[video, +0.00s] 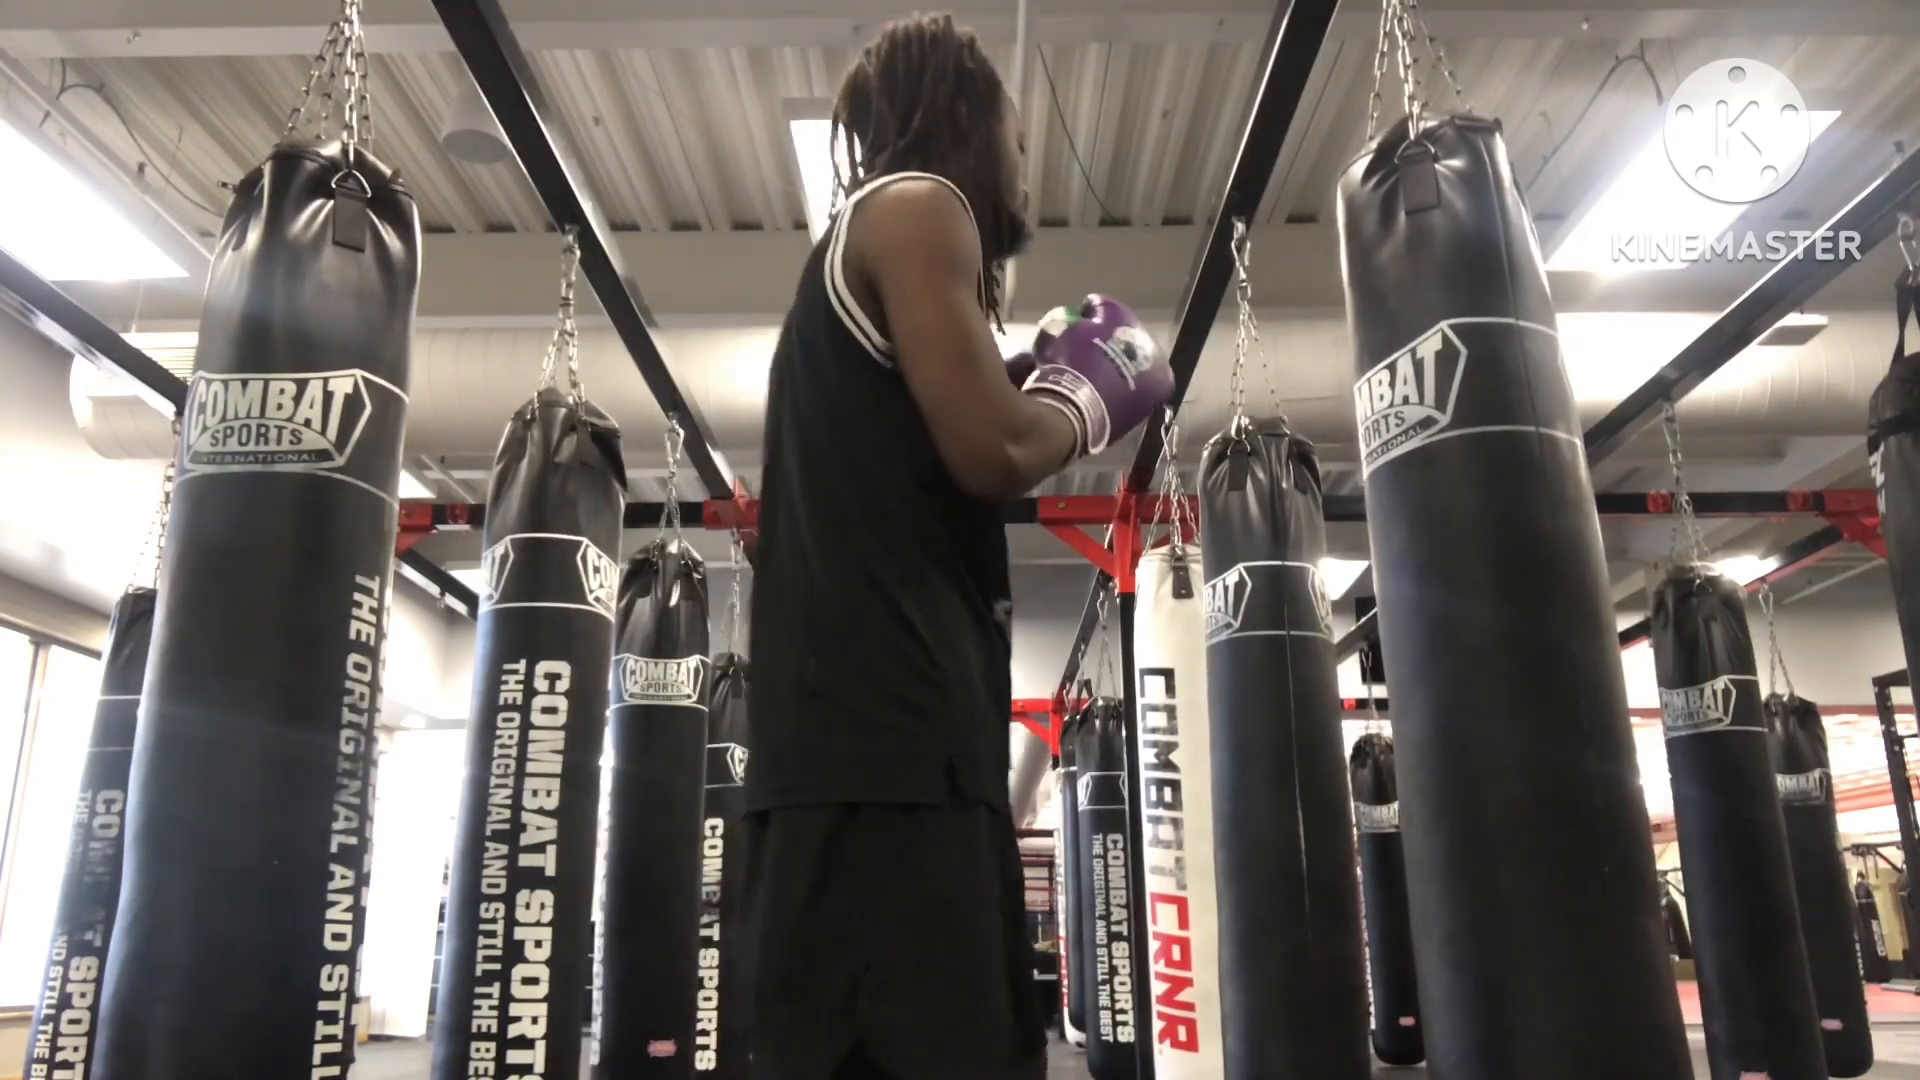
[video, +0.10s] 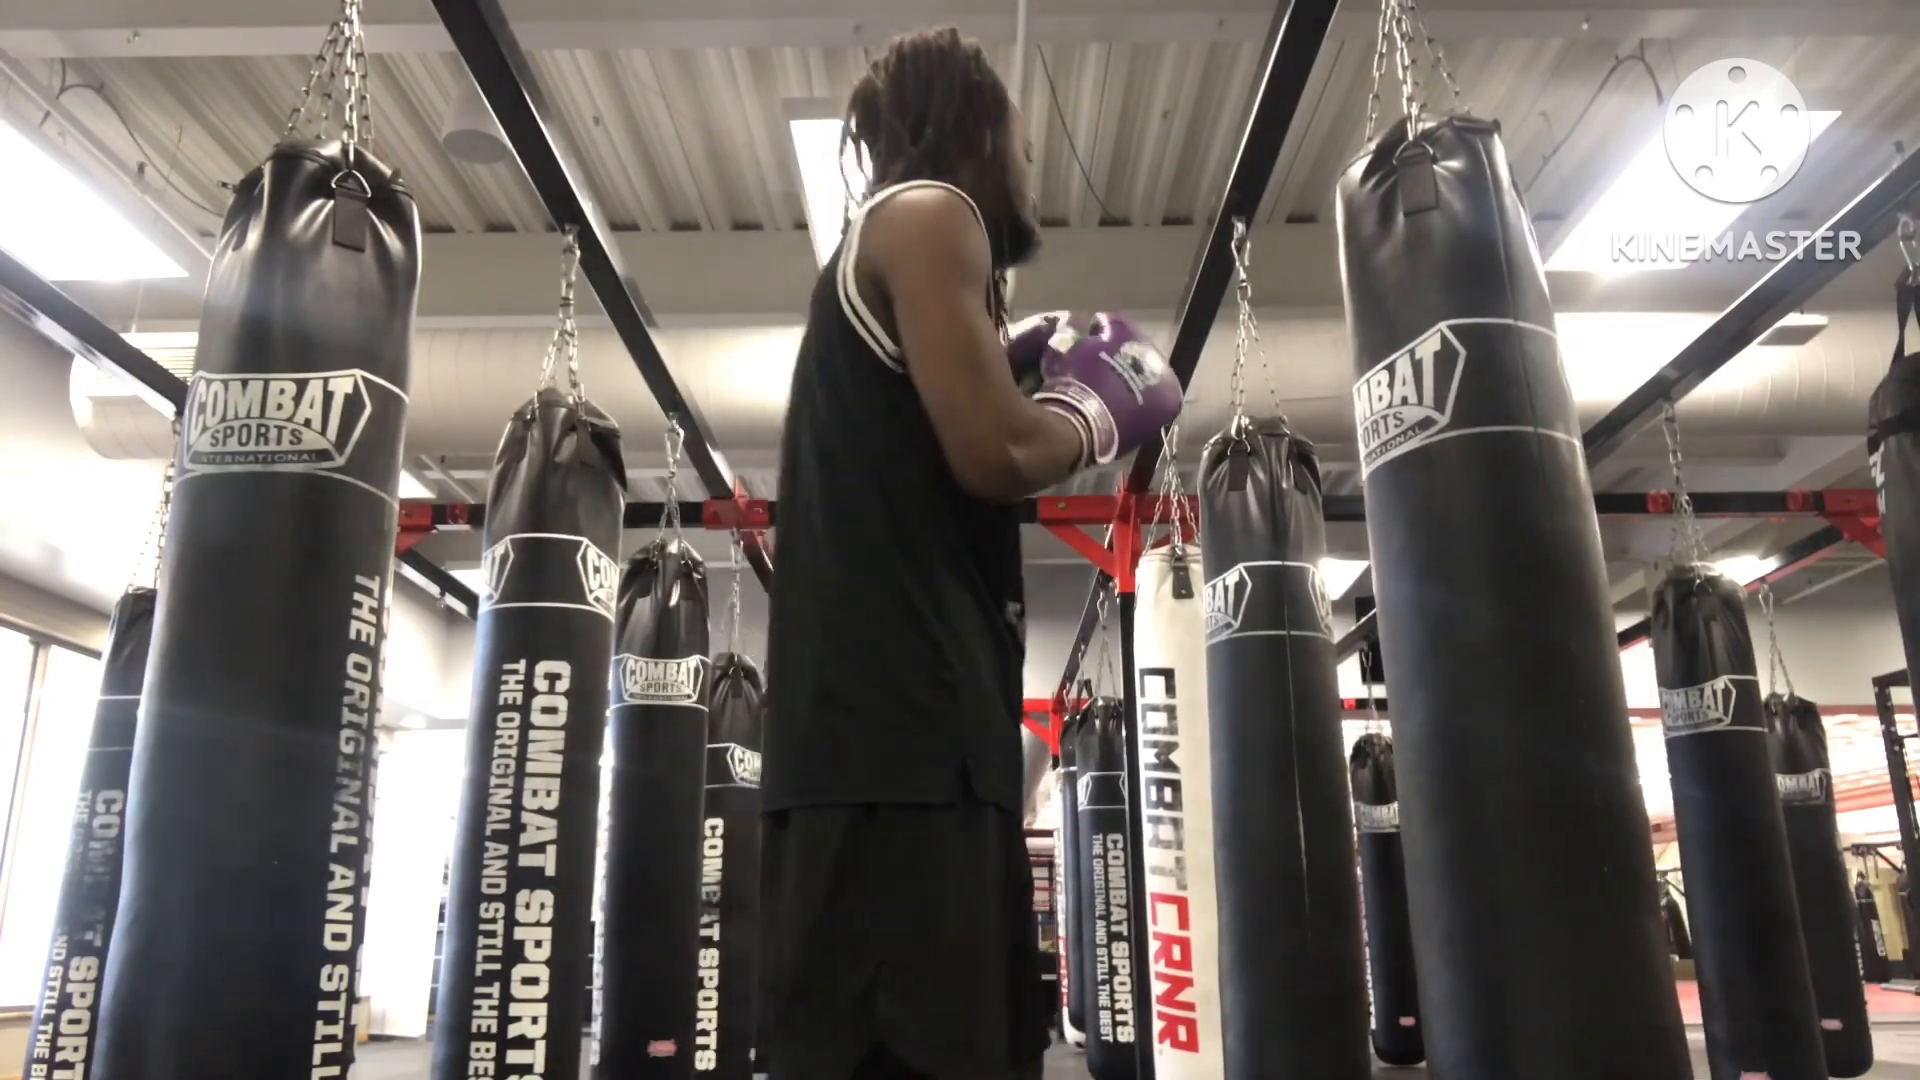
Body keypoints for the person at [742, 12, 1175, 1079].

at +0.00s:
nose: (1014, 141)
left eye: (1009, 117)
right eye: (1003, 115)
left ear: (882, 116)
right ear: (966, 113)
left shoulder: (857, 237)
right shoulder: (914, 207)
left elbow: (939, 443)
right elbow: (995, 453)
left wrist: (1041, 379)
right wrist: (1088, 401)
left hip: (842, 754)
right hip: (893, 758)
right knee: (928, 1039)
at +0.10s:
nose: (1016, 146)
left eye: (1011, 124)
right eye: (1007, 122)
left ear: (890, 123)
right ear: (975, 121)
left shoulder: (878, 235)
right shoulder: (927, 213)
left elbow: (914, 433)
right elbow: (998, 453)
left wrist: (1012, 365)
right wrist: (1099, 416)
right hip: (906, 742)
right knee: (926, 1033)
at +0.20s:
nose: (1034, 162)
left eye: (1027, 139)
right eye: (1023, 137)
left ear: (903, 144)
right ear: (990, 138)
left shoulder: (889, 257)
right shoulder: (939, 227)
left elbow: (995, 457)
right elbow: (1013, 463)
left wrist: (1066, 400)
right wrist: (1104, 409)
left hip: (867, 758)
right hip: (916, 761)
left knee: (885, 1046)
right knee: (947, 1046)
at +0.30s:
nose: (1046, 167)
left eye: (1038, 142)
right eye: (1034, 140)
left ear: (914, 150)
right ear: (1001, 143)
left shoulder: (901, 262)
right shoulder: (948, 231)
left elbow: (1001, 468)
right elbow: (1017, 464)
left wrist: (1080, 397)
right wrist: (1102, 395)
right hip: (927, 753)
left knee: (868, 1050)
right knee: (962, 1051)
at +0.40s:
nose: (1043, 169)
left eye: (885, 148)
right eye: (1034, 145)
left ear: (913, 147)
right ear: (1004, 138)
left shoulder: (908, 261)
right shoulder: (956, 232)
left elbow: (999, 491)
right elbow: (1011, 460)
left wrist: (1111, 451)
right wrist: (1109, 399)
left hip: (894, 732)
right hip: (935, 735)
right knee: (978, 1038)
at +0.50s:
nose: (1037, 172)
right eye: (1029, 148)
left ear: (897, 164)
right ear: (1003, 146)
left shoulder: (880, 298)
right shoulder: (961, 245)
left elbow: (987, 483)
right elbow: (1047, 482)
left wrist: (1100, 413)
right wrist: (1147, 430)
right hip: (931, 772)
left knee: (1086, 1045)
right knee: (954, 1052)